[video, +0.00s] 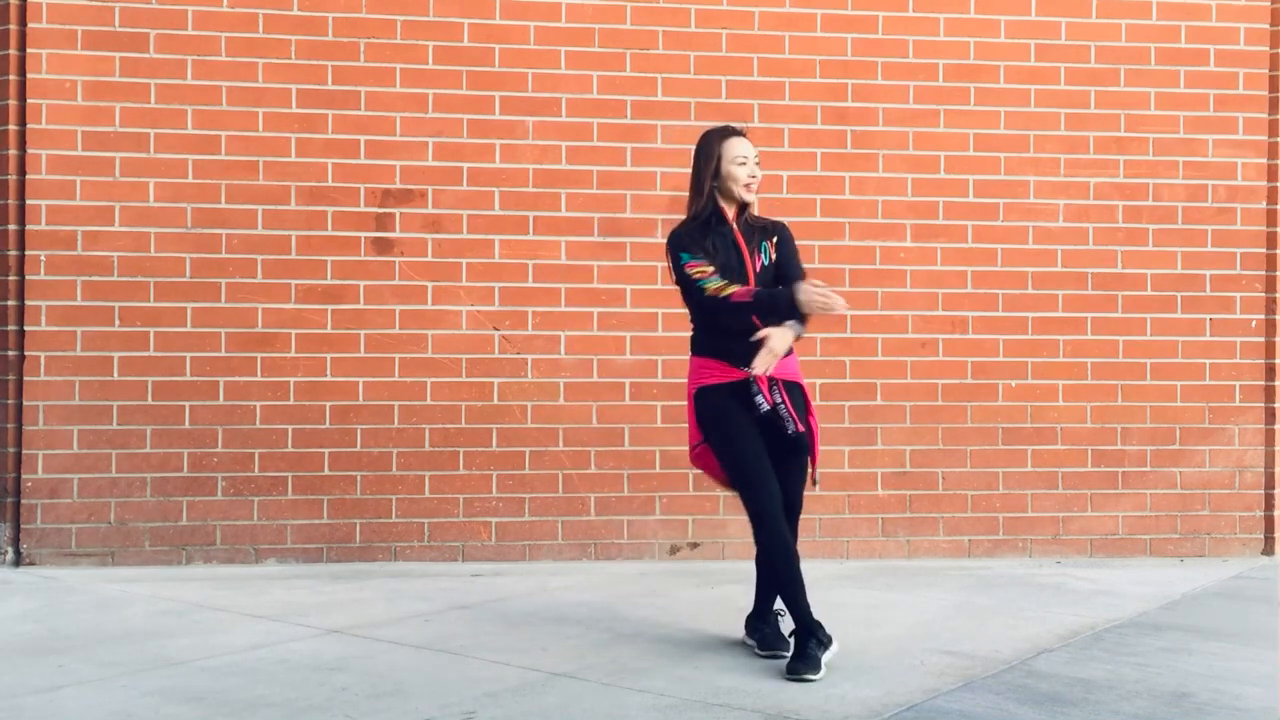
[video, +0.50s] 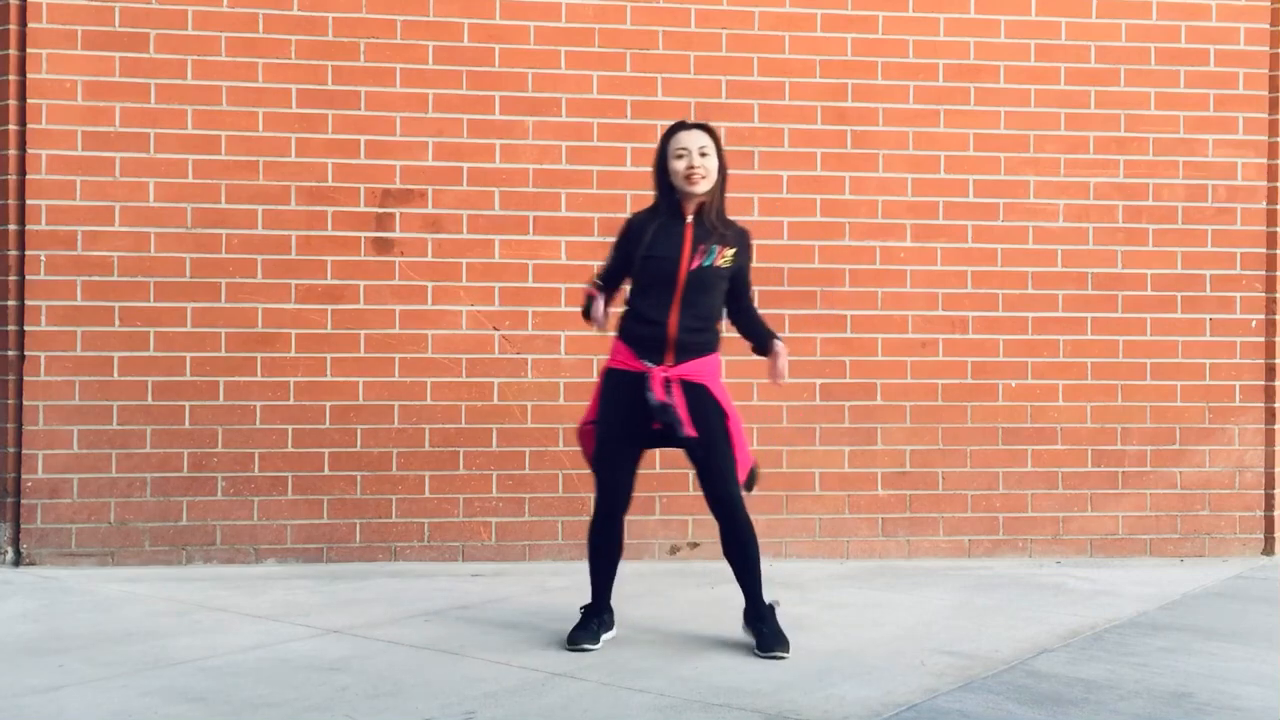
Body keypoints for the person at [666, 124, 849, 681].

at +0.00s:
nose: (754, 171)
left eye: (756, 162)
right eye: (742, 163)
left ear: (757, 170)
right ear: (712, 171)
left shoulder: (775, 233)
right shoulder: (687, 239)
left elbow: (797, 297)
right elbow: (716, 300)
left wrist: (786, 330)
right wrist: (790, 297)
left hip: (780, 381)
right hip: (721, 384)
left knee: (785, 506)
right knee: (763, 502)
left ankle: (761, 616)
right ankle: (808, 628)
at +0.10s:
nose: (746, 166)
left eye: (751, 157)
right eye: (732, 158)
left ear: (759, 166)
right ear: (707, 169)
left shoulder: (779, 230)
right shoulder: (689, 235)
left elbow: (832, 282)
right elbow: (668, 301)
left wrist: (824, 311)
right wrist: (729, 287)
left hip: (774, 380)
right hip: (710, 380)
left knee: (782, 506)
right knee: (722, 492)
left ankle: (762, 617)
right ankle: (776, 609)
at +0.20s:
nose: (729, 155)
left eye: (738, 146)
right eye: (715, 147)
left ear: (751, 156)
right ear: (698, 159)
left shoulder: (775, 219)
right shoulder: (685, 222)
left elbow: (838, 272)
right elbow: (623, 287)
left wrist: (839, 293)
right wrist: (671, 289)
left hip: (763, 375)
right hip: (700, 373)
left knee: (767, 501)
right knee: (675, 458)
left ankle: (763, 614)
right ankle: (703, 572)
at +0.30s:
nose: (718, 151)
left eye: (728, 141)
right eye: (705, 144)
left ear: (744, 151)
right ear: (689, 156)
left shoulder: (766, 217)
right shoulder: (675, 217)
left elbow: (802, 264)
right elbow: (616, 274)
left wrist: (827, 298)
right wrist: (637, 304)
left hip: (748, 371)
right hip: (683, 366)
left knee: (752, 496)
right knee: (643, 477)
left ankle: (762, 615)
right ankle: (635, 574)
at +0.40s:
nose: (708, 160)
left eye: (717, 150)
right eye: (696, 152)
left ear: (734, 160)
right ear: (679, 164)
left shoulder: (751, 232)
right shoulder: (662, 225)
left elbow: (768, 295)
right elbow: (627, 283)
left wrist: (799, 337)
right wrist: (613, 317)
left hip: (728, 379)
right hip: (661, 376)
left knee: (740, 500)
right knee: (626, 495)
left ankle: (761, 615)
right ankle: (596, 602)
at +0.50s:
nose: (694, 163)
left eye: (704, 154)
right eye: (682, 155)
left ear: (719, 164)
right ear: (665, 166)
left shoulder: (732, 240)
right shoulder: (642, 226)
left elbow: (740, 306)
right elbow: (605, 285)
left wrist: (770, 342)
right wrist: (595, 306)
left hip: (697, 381)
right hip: (630, 375)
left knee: (726, 498)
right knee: (611, 498)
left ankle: (758, 610)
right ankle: (598, 609)